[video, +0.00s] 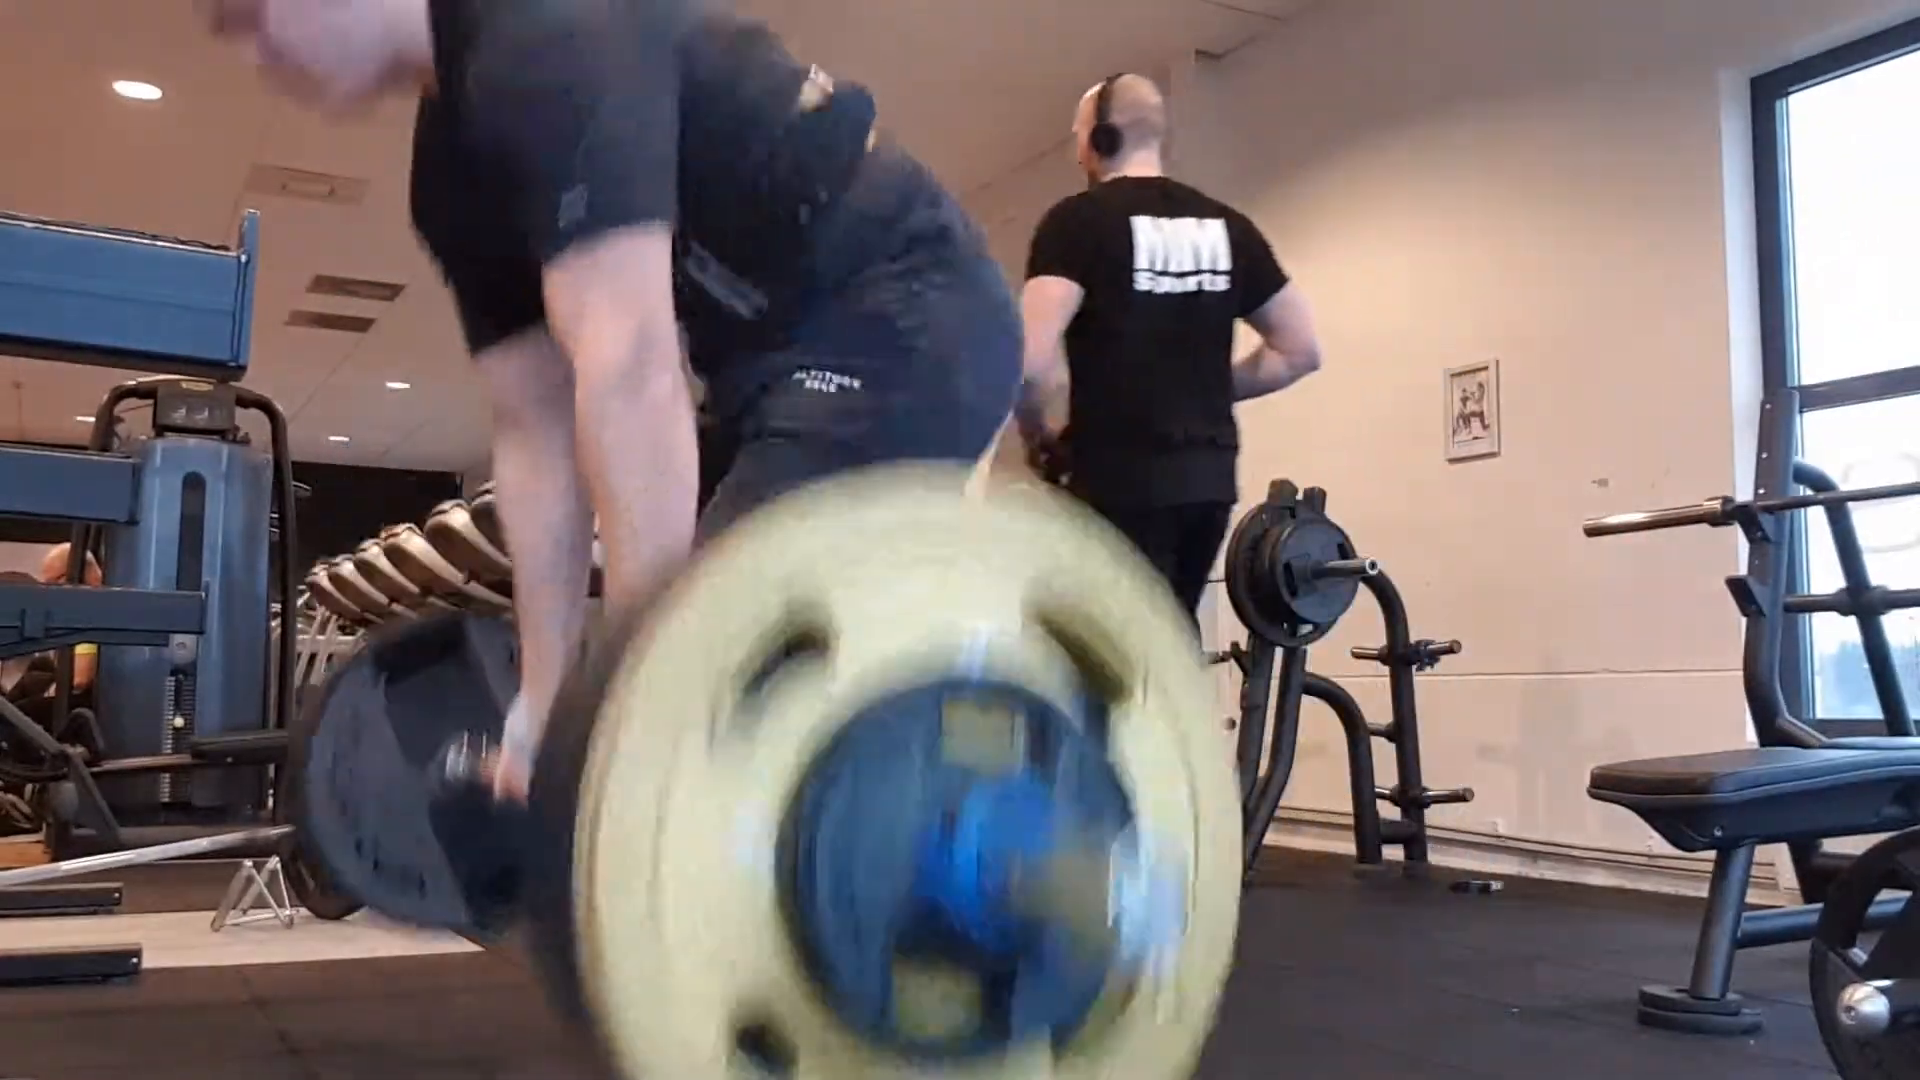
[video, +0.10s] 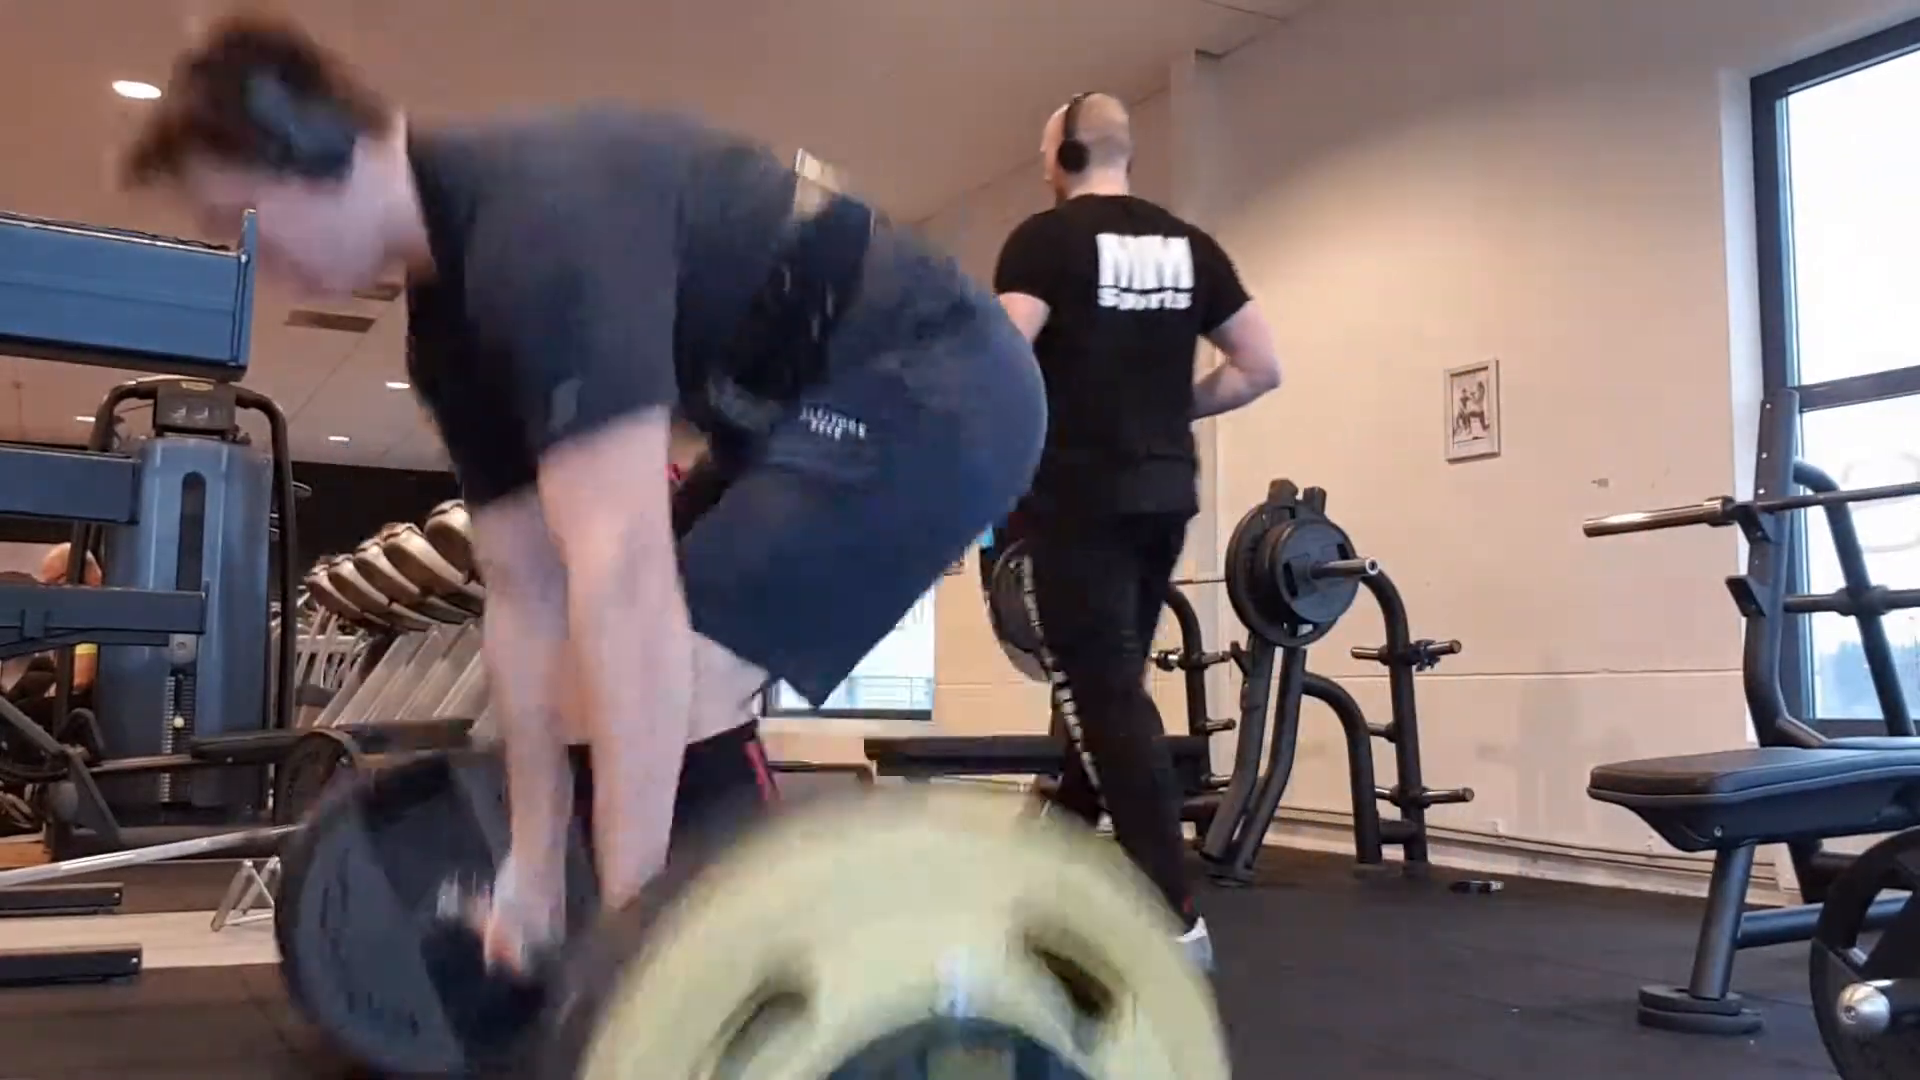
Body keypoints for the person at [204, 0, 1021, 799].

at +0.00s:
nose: (256, 53)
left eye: (254, 17)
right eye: (240, 35)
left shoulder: (552, 35)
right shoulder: (451, 163)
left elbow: (633, 363)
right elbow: (532, 425)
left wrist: (657, 684)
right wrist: (544, 707)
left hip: (898, 324)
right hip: (768, 374)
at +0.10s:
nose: (261, 266)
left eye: (248, 224)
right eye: (236, 238)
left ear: (324, 152)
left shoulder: (552, 221)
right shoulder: (448, 314)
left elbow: (628, 586)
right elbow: (526, 593)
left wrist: (629, 915)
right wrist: (534, 865)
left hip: (926, 383)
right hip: (813, 405)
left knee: (667, 691)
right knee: (606, 692)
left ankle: (764, 1007)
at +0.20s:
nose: (261, 416)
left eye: (247, 372)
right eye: (238, 386)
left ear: (304, 311)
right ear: (303, 320)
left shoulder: (531, 315)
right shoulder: (439, 405)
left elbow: (690, 569)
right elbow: (578, 596)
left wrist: (669, 883)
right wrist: (548, 831)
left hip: (938, 433)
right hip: (818, 456)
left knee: (629, 677)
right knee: (546, 684)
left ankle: (707, 960)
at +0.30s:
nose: (286, 365)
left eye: (276, 328)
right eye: (263, 347)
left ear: (325, 245)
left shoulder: (559, 268)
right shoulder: (452, 368)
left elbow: (676, 572)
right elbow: (550, 595)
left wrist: (650, 894)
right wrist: (546, 843)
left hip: (925, 449)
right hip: (809, 468)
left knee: (606, 674)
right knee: (538, 673)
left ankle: (679, 982)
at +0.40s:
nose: (285, 332)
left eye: (271, 293)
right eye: (262, 315)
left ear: (317, 209)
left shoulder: (549, 297)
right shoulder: (446, 375)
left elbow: (627, 617)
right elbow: (523, 627)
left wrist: (642, 929)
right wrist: (538, 878)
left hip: (928, 471)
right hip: (829, 487)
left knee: (598, 676)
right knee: (533, 669)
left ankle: (697, 980)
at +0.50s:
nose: (280, 324)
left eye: (262, 285)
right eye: (255, 306)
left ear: (303, 211)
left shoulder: (541, 288)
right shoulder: (444, 380)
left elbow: (643, 602)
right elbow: (539, 617)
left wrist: (639, 926)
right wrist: (538, 876)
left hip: (920, 485)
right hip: (804, 505)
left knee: (586, 689)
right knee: (516, 685)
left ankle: (686, 993)